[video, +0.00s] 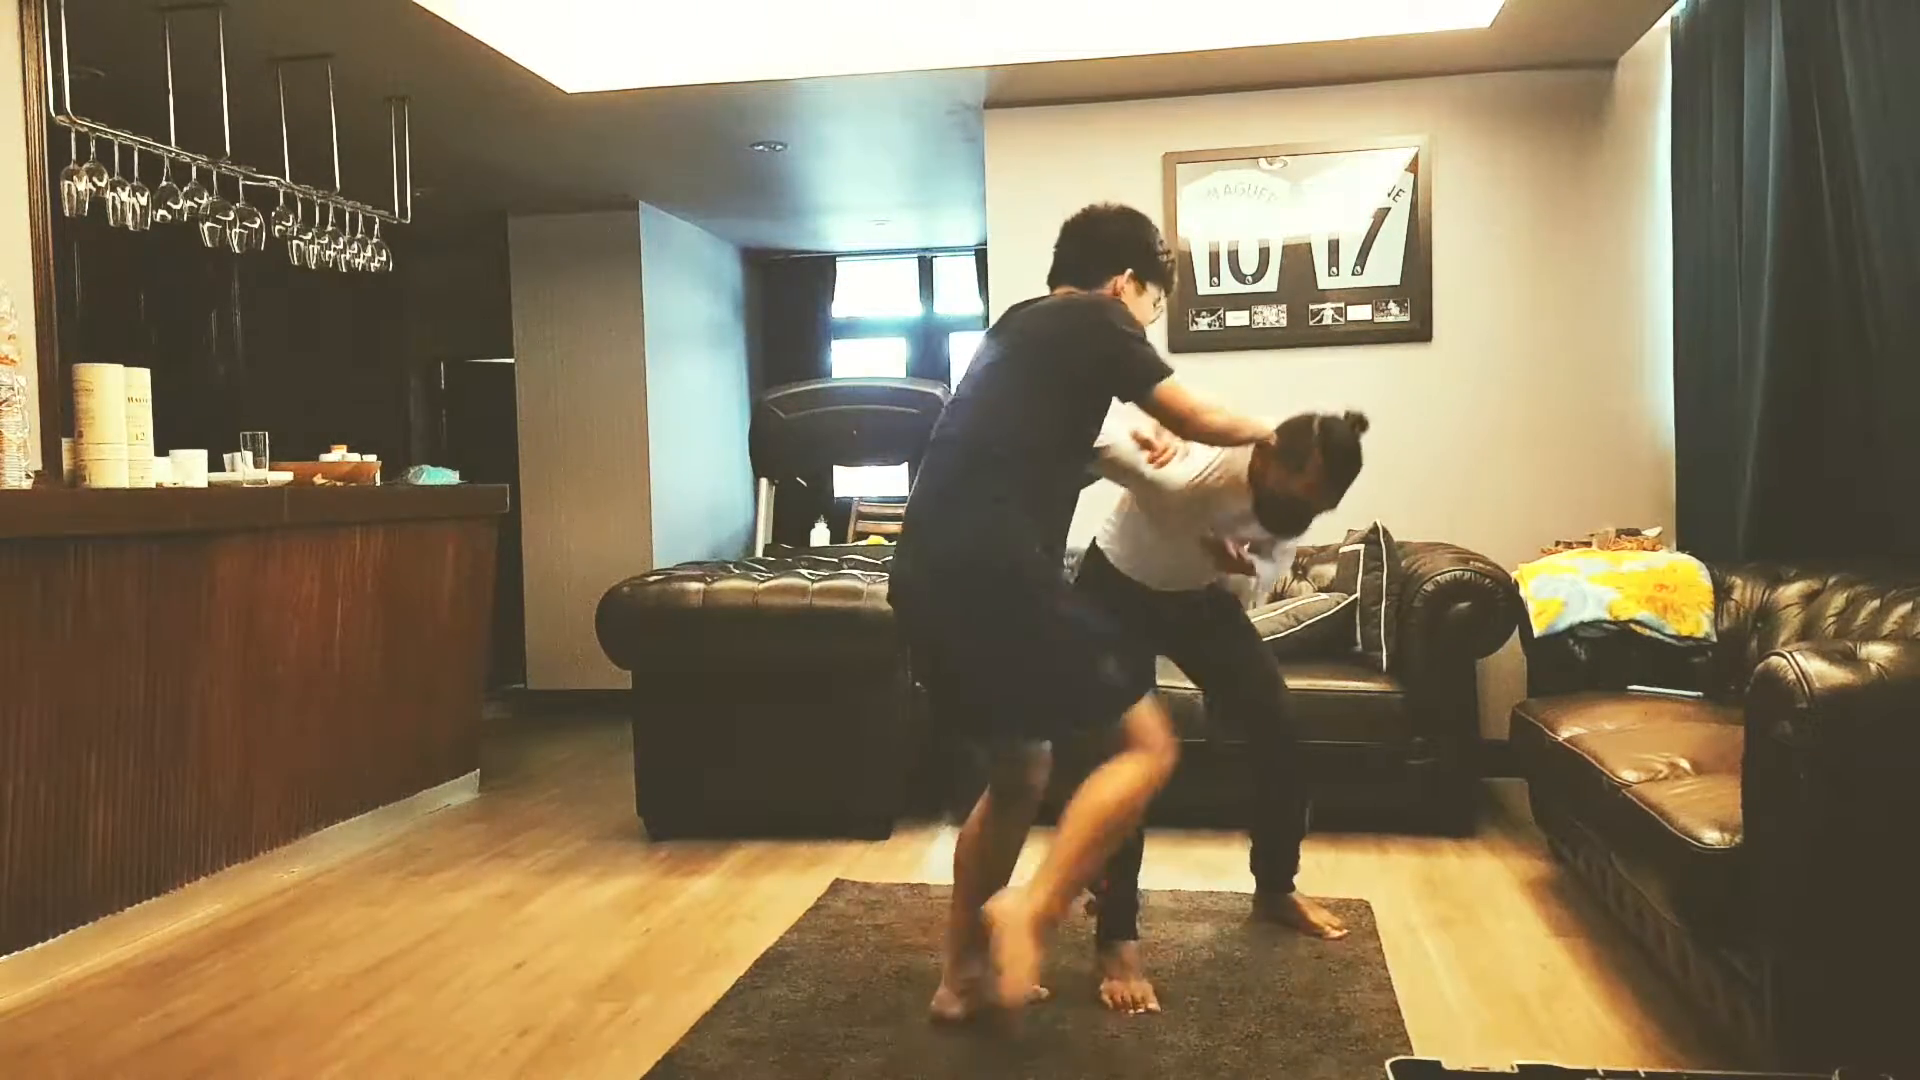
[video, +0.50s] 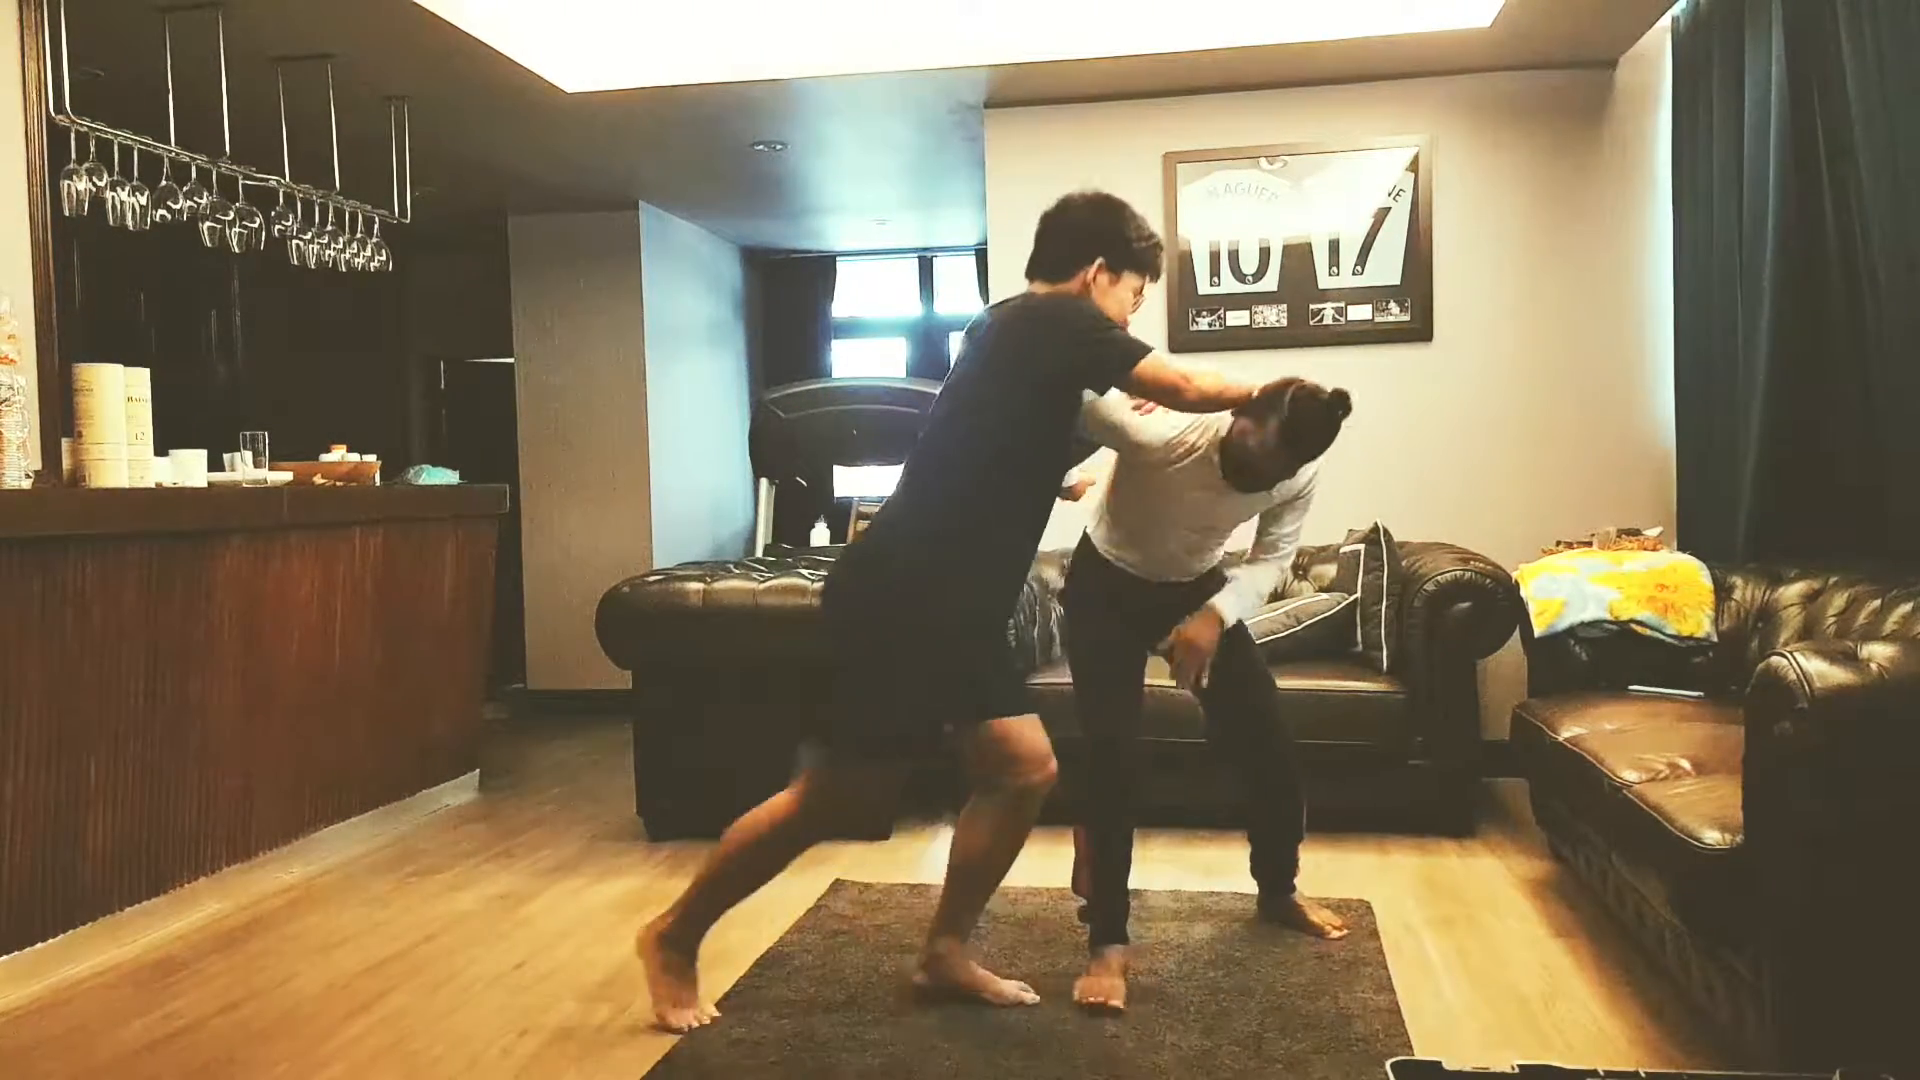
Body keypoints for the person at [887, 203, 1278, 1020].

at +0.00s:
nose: (1149, 325)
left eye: (1153, 312)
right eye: (1151, 306)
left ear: (1065, 277)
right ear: (1122, 282)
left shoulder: (1015, 329)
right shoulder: (1097, 327)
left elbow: (1050, 438)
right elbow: (1200, 424)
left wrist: (1138, 462)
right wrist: (1267, 432)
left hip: (924, 576)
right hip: (998, 575)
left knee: (1015, 775)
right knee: (1149, 744)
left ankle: (960, 978)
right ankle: (1028, 918)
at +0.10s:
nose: (1137, 324)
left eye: (1144, 311)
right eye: (1142, 304)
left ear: (1059, 269)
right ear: (1115, 276)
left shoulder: (1005, 324)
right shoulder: (1084, 321)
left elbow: (1024, 426)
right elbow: (1151, 432)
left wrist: (1108, 469)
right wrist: (1245, 465)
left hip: (930, 571)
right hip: (1011, 561)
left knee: (1018, 774)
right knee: (1199, 639)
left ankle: (970, 977)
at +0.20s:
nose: (1139, 312)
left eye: (1146, 297)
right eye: (1143, 291)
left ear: (1063, 262)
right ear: (1112, 266)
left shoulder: (1005, 319)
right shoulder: (1074, 315)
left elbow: (1020, 436)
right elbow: (1136, 424)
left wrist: (1100, 470)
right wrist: (1237, 463)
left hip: (927, 571)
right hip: (1003, 564)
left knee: (1008, 767)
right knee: (1185, 639)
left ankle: (967, 979)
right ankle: (1085, 799)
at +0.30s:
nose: (1146, 302)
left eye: (1152, 286)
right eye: (1148, 281)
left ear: (1076, 255)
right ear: (1112, 255)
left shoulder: (1007, 306)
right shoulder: (1071, 305)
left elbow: (1044, 422)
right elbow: (1144, 407)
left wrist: (1122, 459)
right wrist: (1243, 434)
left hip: (914, 560)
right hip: (978, 562)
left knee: (985, 768)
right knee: (1100, 747)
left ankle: (965, 978)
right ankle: (909, 845)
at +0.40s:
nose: (1143, 293)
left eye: (1147, 279)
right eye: (1142, 274)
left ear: (1071, 250)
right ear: (1105, 251)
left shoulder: (1009, 305)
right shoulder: (1069, 305)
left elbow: (997, 436)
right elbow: (1171, 392)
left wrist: (1085, 477)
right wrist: (1253, 409)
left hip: (951, 564)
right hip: (948, 569)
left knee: (1009, 751)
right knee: (936, 801)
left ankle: (959, 971)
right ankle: (734, 866)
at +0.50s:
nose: (1135, 311)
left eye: (1139, 295)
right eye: (1134, 290)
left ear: (1067, 270)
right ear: (1094, 270)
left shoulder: (1011, 328)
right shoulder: (1059, 324)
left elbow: (986, 458)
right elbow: (1179, 385)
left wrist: (1066, 482)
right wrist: (1261, 388)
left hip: (950, 601)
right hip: (897, 595)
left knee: (1024, 769)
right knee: (845, 801)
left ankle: (947, 952)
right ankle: (671, 937)